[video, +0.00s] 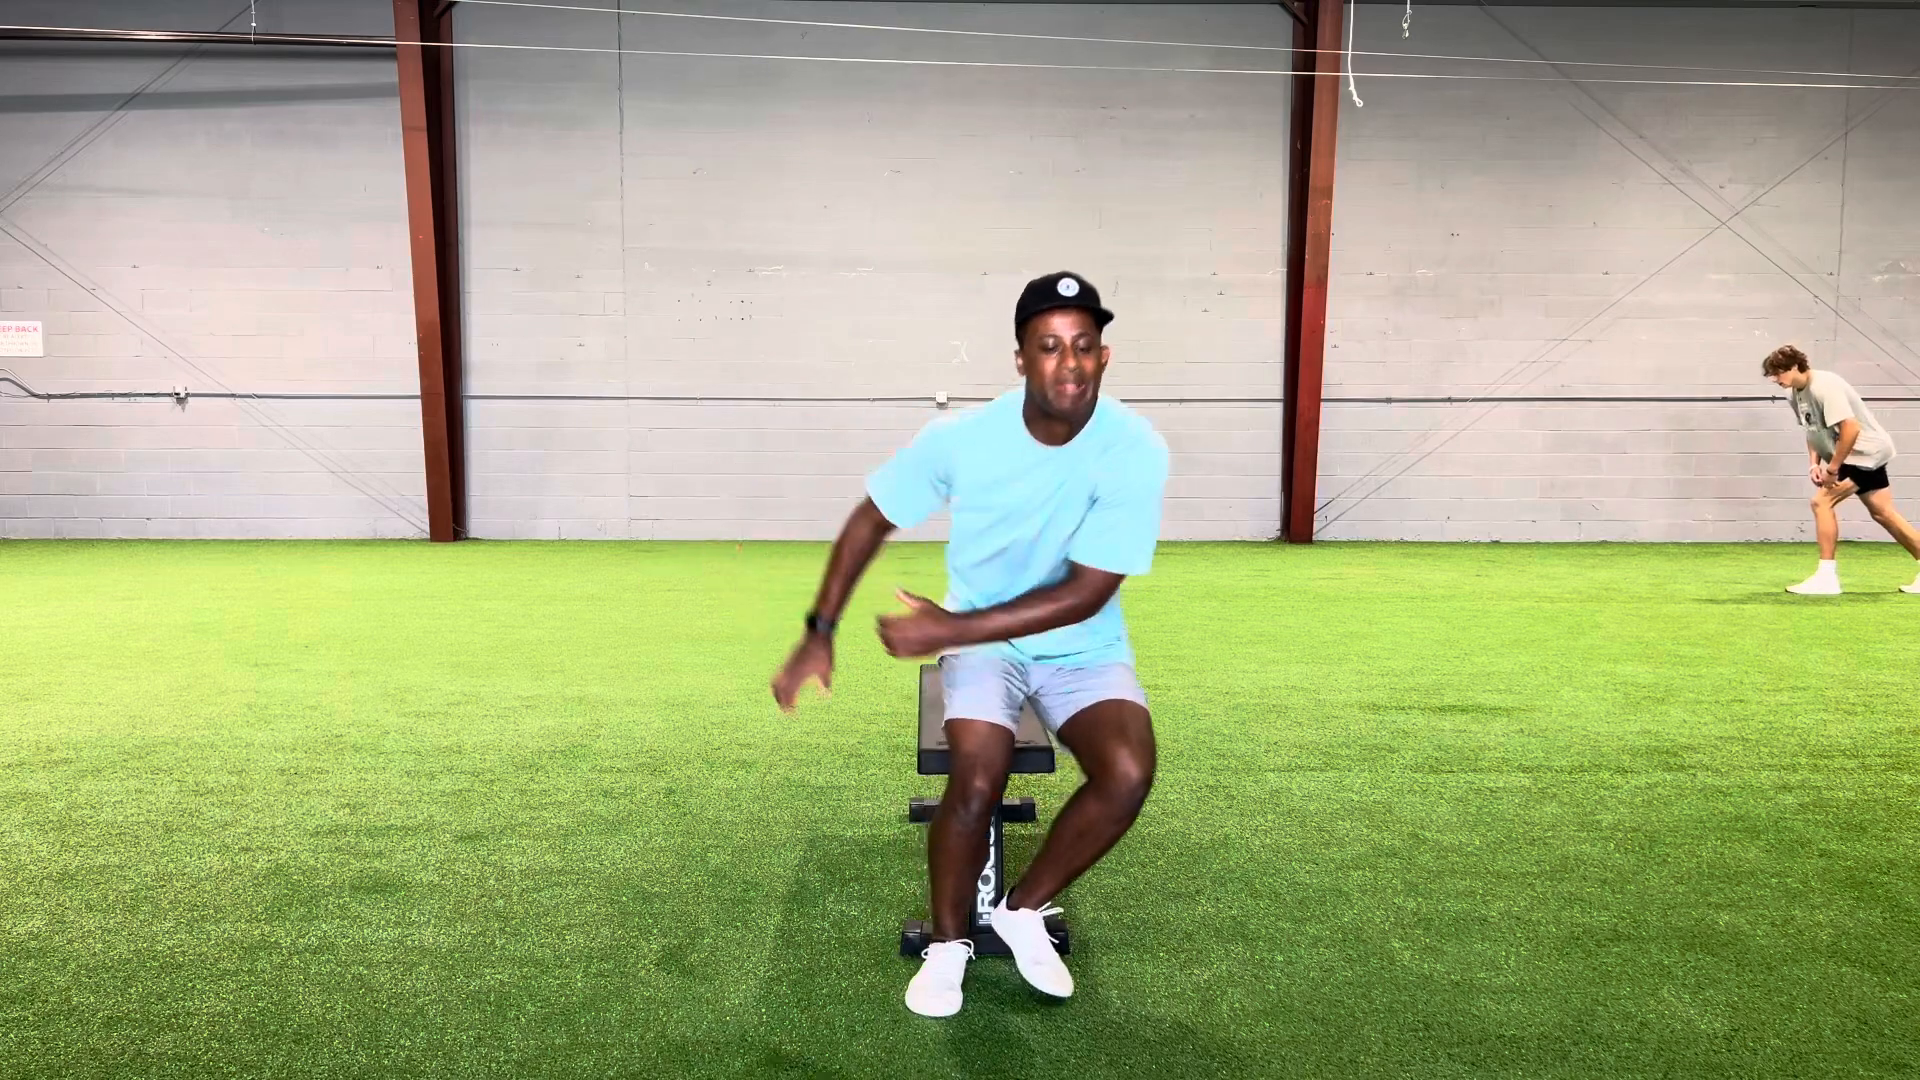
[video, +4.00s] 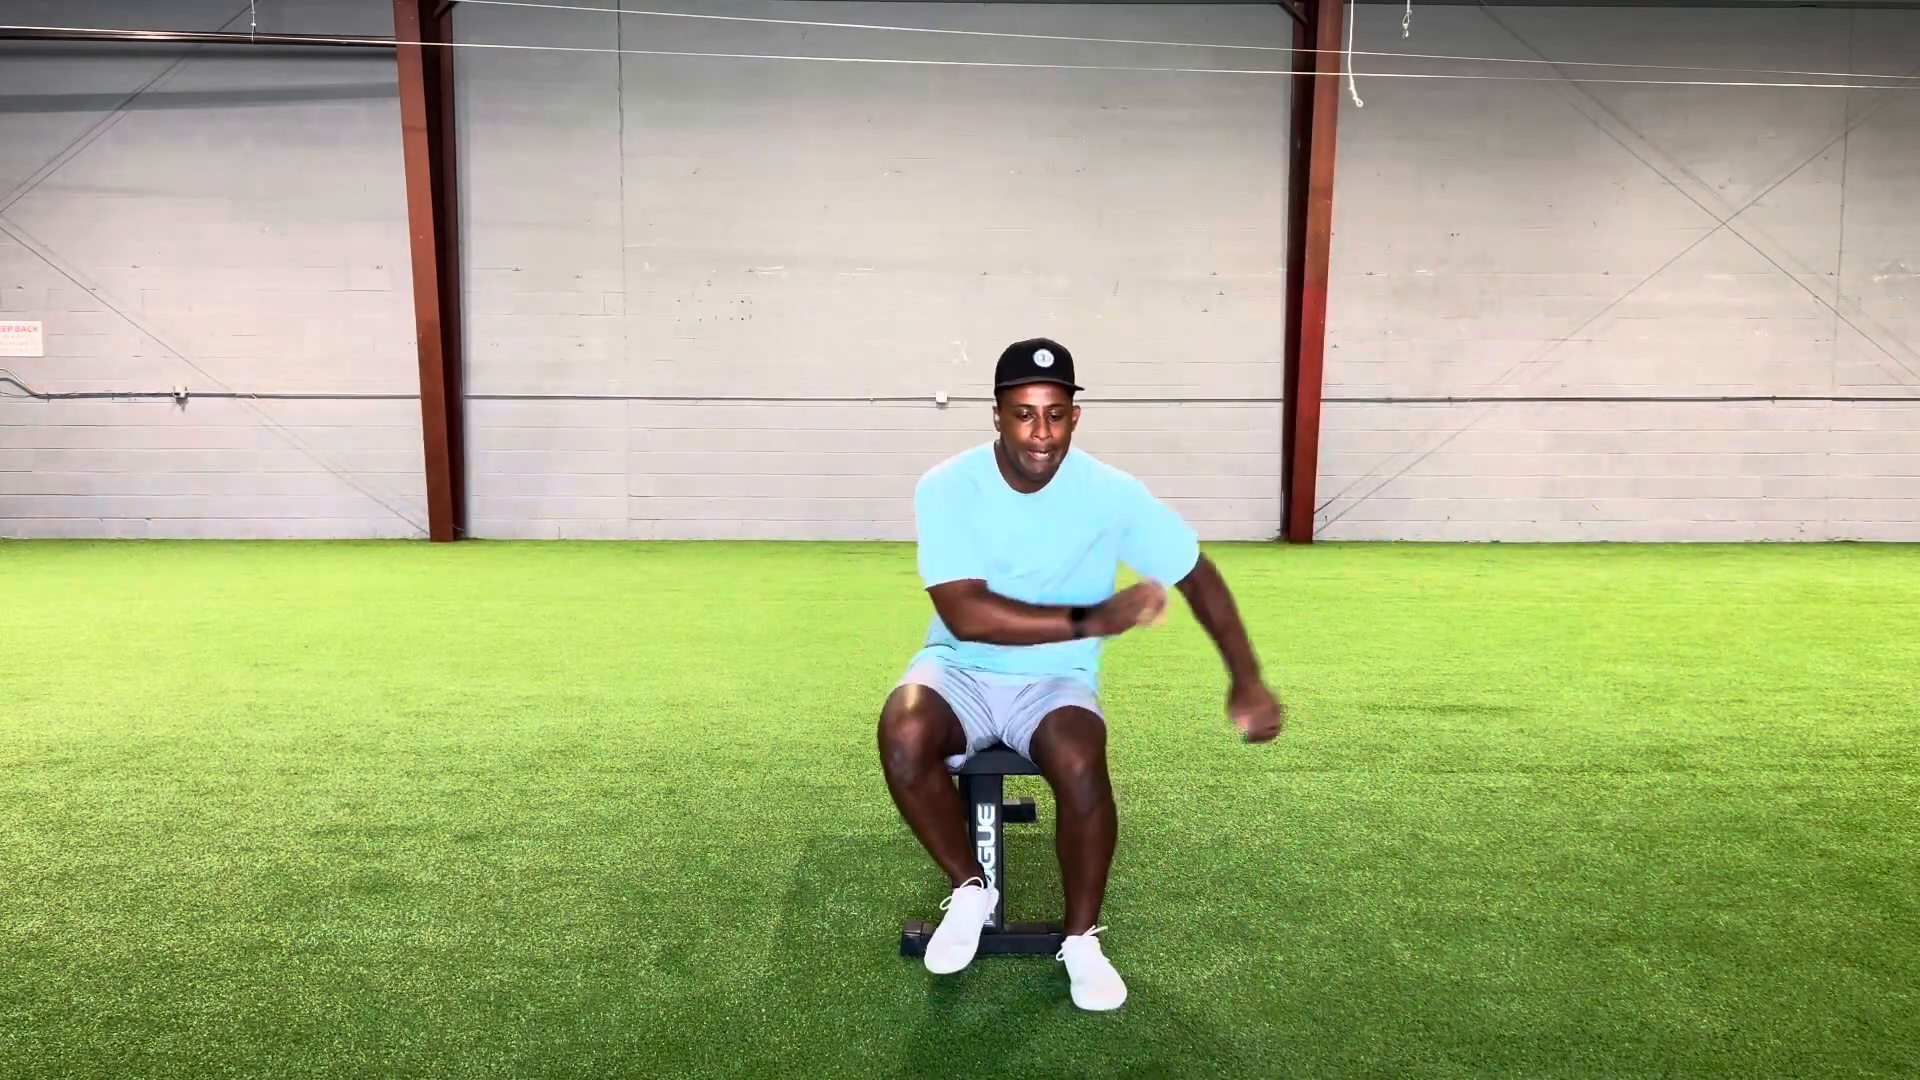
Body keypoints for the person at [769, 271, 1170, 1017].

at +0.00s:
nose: (1071, 365)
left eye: (1085, 346)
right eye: (1050, 347)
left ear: (1104, 356)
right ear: (1021, 359)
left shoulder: (1134, 451)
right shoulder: (962, 440)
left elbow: (1087, 593)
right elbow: (871, 518)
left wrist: (954, 627)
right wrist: (819, 631)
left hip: (1083, 641)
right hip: (982, 637)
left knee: (1127, 773)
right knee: (976, 778)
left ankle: (1022, 909)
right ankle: (948, 944)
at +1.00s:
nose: (1743, 290)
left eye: (1749, 271)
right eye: (1721, 272)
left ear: (1756, 277)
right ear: (1667, 283)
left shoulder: (1737, 367)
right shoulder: (1602, 380)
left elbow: (1700, 429)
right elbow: (1570, 524)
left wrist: (1753, 423)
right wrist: (1694, 562)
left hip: (1629, 575)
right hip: (1529, 568)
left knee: (1681, 750)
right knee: (1569, 752)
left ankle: (1640, 922)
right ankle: (1478, 800)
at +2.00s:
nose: (1234, 221)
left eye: (1252, 201)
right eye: (1227, 202)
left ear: (1308, 199)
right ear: (1224, 203)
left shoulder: (1382, 297)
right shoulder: (1201, 307)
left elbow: (1429, 428)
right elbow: (1168, 423)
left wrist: (1450, 563)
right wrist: (1126, 528)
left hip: (1347, 562)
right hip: (1237, 561)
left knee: (1356, 751)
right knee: (1220, 735)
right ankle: (1235, 927)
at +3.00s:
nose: (1036, 452)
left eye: (1055, 434)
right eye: (1022, 431)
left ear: (1082, 426)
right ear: (1002, 415)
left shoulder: (1121, 504)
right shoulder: (943, 487)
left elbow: (1174, 610)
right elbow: (886, 582)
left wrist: (1167, 676)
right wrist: (887, 676)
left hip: (1063, 680)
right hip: (958, 673)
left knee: (1101, 782)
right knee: (943, 778)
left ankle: (1083, 940)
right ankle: (963, 939)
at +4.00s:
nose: (1042, 434)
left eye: (1056, 417)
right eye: (1025, 417)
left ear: (1074, 418)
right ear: (998, 417)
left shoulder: (1113, 495)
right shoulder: (946, 490)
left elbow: (1195, 572)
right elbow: (965, 616)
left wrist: (1246, 675)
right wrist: (1091, 620)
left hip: (1057, 671)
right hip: (958, 666)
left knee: (1078, 760)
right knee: (902, 734)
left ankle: (1081, 936)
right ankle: (969, 887)